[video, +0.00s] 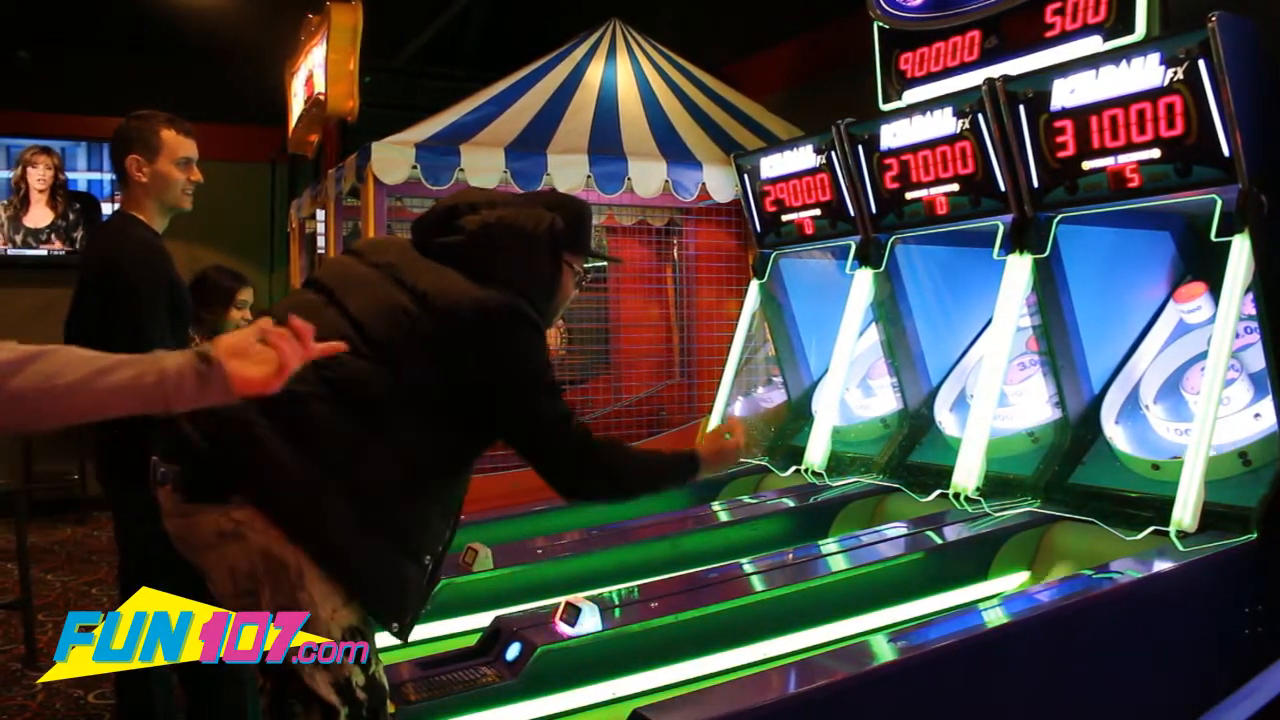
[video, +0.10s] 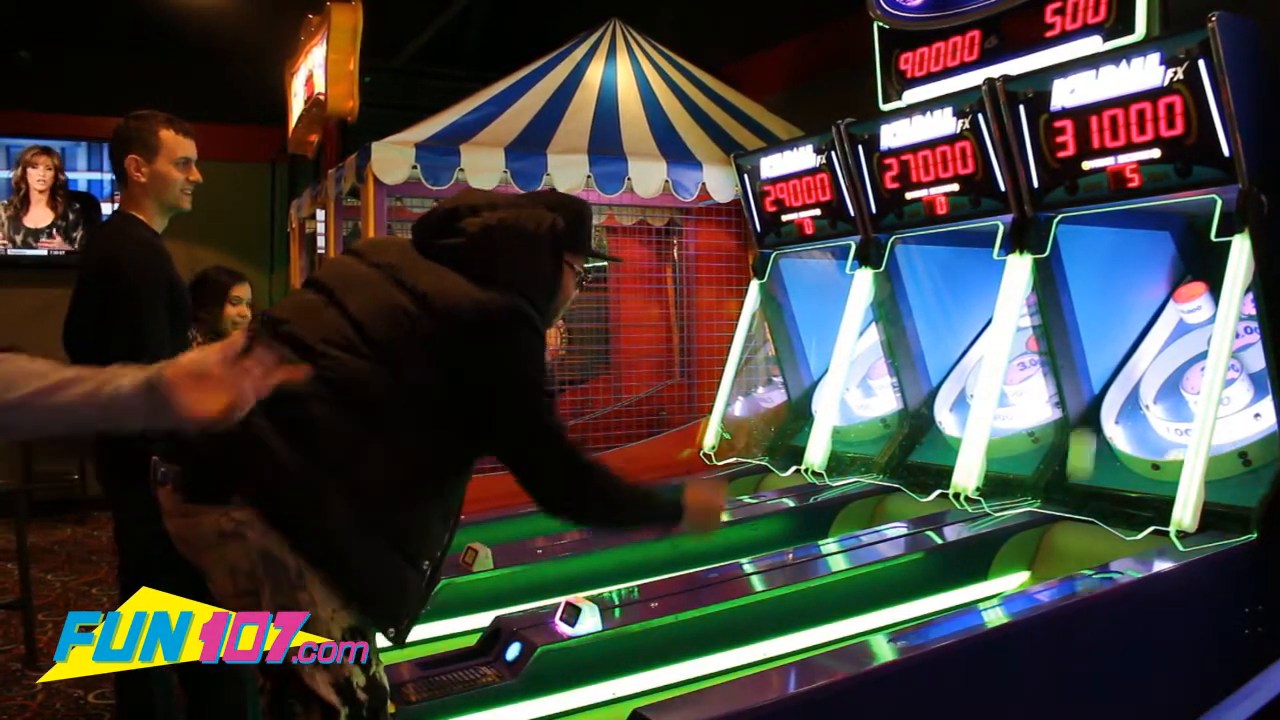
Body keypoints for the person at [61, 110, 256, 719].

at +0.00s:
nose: (196, 177)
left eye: (196, 166)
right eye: (184, 165)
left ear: (141, 173)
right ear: (138, 169)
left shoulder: (116, 239)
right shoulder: (133, 249)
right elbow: (142, 373)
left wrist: (206, 373)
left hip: (134, 453)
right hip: (145, 461)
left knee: (151, 591)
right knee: (165, 596)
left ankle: (147, 702)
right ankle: (157, 704)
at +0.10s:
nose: (195, 177)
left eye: (195, 166)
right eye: (183, 165)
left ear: (140, 173)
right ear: (137, 169)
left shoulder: (113, 239)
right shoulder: (134, 251)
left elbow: (84, 345)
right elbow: (144, 370)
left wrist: (156, 391)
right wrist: (164, 464)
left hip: (133, 458)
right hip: (145, 463)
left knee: (149, 590)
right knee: (167, 596)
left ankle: (146, 700)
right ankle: (159, 702)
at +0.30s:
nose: (194, 174)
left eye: (193, 162)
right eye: (181, 162)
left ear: (140, 172)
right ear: (135, 168)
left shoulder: (110, 238)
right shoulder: (132, 249)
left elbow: (75, 336)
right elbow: (151, 368)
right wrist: (173, 448)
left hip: (120, 452)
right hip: (138, 460)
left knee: (139, 597)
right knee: (163, 601)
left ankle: (141, 703)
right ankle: (159, 704)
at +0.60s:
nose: (174, 170)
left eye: (173, 158)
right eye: (160, 158)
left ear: (123, 171)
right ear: (113, 167)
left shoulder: (115, 241)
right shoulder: (109, 250)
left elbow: (132, 357)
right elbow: (124, 371)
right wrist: (151, 456)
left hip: (120, 456)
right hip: (118, 462)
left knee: (138, 601)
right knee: (152, 602)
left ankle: (135, 703)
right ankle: (145, 705)